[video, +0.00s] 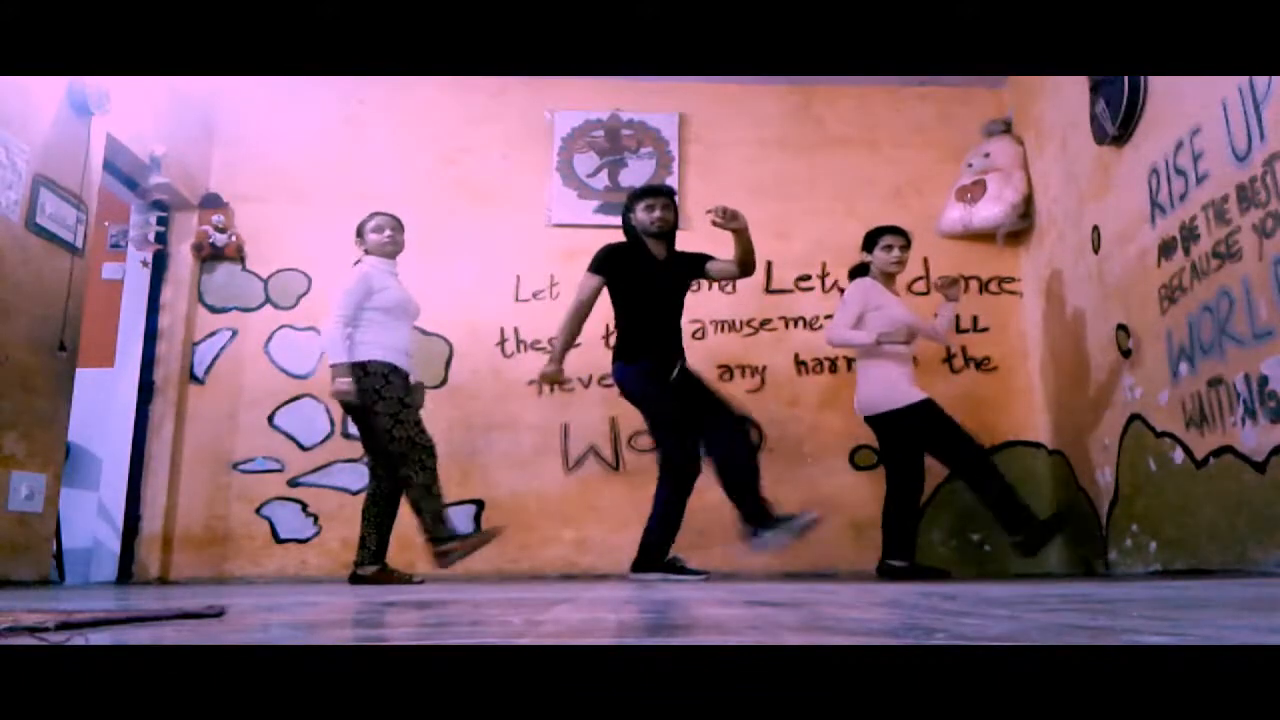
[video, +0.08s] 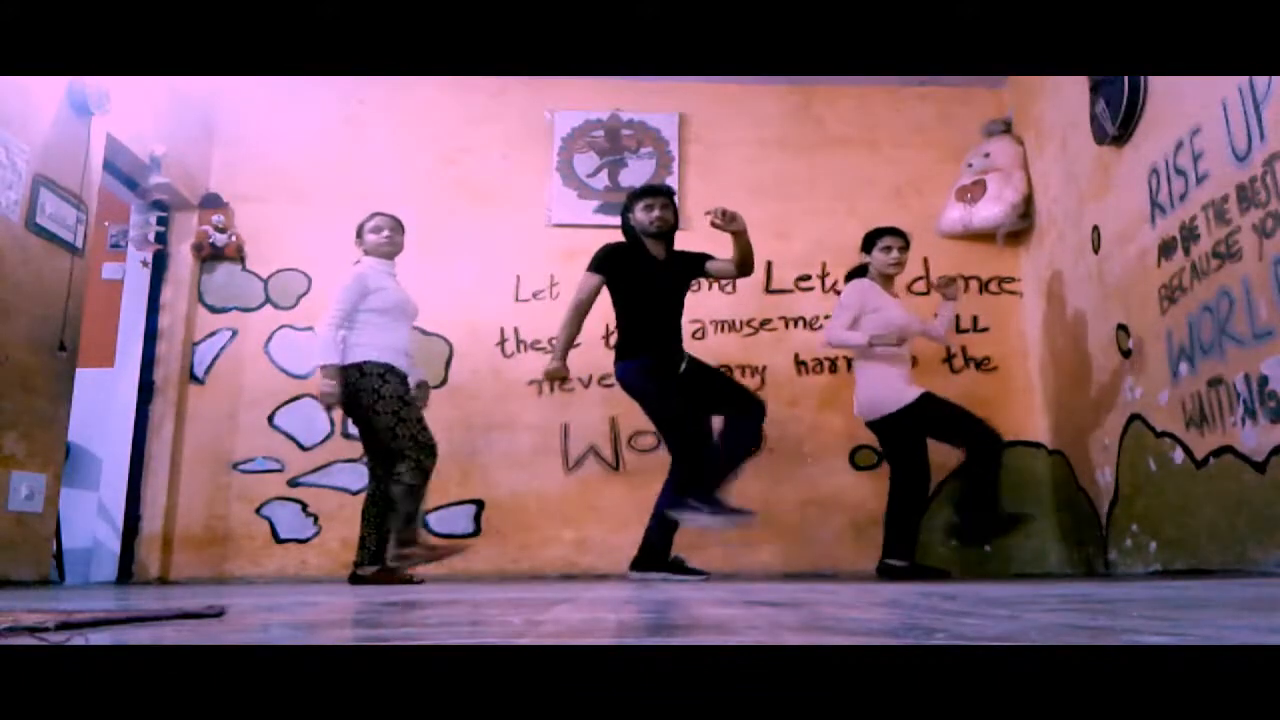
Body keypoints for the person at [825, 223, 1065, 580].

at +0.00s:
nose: (895, 255)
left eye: (901, 250)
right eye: (887, 248)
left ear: (906, 257)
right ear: (870, 254)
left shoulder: (890, 299)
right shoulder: (861, 287)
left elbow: (939, 334)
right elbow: (834, 334)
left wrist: (950, 300)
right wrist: (879, 338)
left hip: (892, 397)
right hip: (890, 396)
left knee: (905, 482)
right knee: (969, 457)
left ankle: (896, 560)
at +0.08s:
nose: (894, 256)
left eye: (900, 251)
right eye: (885, 249)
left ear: (905, 258)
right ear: (868, 255)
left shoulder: (890, 301)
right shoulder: (859, 289)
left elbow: (938, 333)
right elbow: (832, 335)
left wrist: (949, 300)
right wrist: (876, 339)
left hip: (888, 398)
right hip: (890, 396)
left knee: (910, 477)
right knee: (984, 440)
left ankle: (896, 559)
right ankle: (977, 527)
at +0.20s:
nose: (891, 254)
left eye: (897, 249)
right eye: (882, 248)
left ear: (903, 256)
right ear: (865, 255)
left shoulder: (893, 307)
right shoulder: (855, 288)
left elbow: (942, 331)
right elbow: (813, 331)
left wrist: (949, 297)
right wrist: (832, 348)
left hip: (888, 398)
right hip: (888, 395)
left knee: (906, 480)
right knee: (984, 428)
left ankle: (896, 559)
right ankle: (952, 495)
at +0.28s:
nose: (889, 253)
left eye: (895, 247)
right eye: (880, 247)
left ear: (901, 255)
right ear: (864, 253)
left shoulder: (895, 306)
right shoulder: (852, 286)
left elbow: (943, 333)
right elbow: (814, 321)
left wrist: (952, 298)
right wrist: (803, 354)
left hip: (882, 396)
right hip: (883, 392)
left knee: (902, 476)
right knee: (961, 443)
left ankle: (895, 559)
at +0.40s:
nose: (883, 253)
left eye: (889, 247)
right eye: (874, 247)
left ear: (897, 255)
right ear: (859, 254)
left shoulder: (897, 308)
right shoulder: (846, 287)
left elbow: (939, 336)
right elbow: (803, 326)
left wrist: (950, 302)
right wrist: (760, 359)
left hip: (888, 395)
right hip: (877, 393)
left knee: (903, 479)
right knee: (957, 456)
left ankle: (895, 560)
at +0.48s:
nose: (876, 252)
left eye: (883, 246)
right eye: (867, 246)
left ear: (890, 253)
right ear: (852, 254)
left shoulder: (894, 305)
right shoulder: (838, 288)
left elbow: (934, 335)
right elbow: (793, 323)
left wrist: (942, 301)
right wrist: (749, 352)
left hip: (891, 396)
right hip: (871, 396)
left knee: (902, 474)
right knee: (945, 463)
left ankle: (899, 557)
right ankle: (905, 544)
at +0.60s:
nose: (861, 252)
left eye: (868, 246)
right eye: (852, 247)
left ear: (878, 252)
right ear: (840, 254)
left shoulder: (894, 293)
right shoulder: (826, 292)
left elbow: (920, 321)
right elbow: (781, 326)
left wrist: (908, 277)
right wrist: (732, 334)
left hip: (892, 398)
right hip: (850, 397)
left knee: (911, 476)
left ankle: (898, 557)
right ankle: (851, 551)